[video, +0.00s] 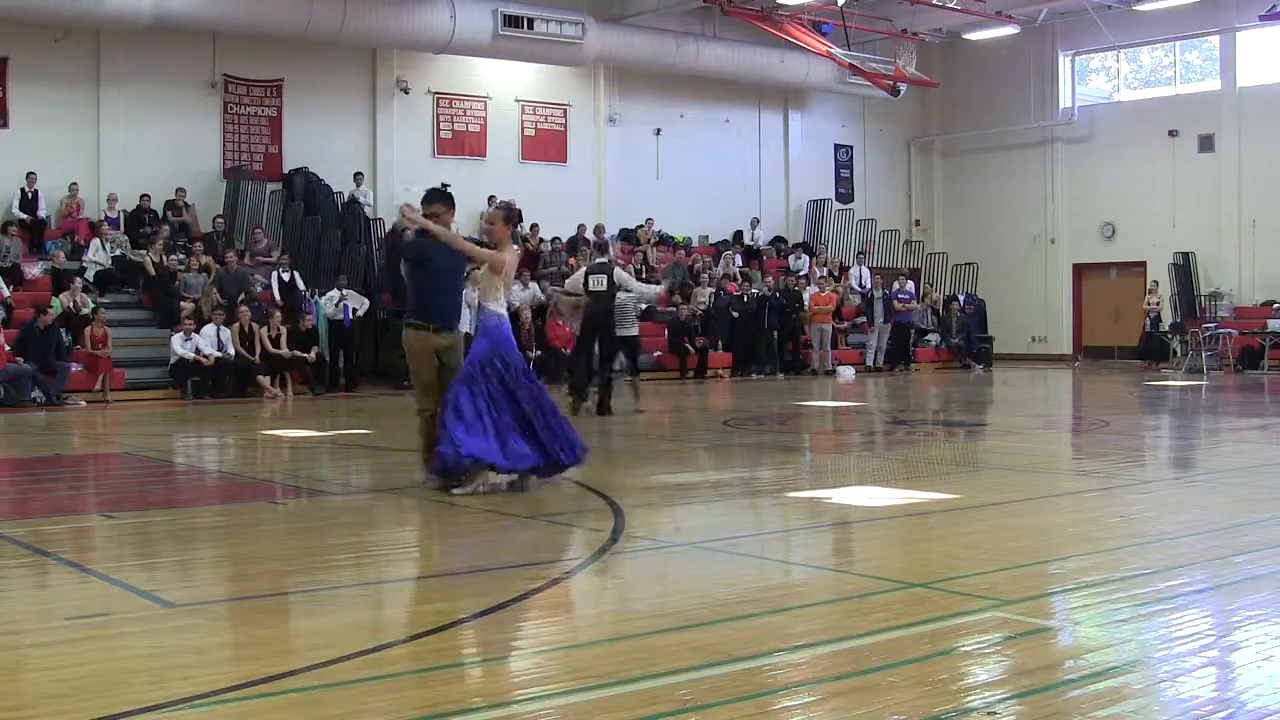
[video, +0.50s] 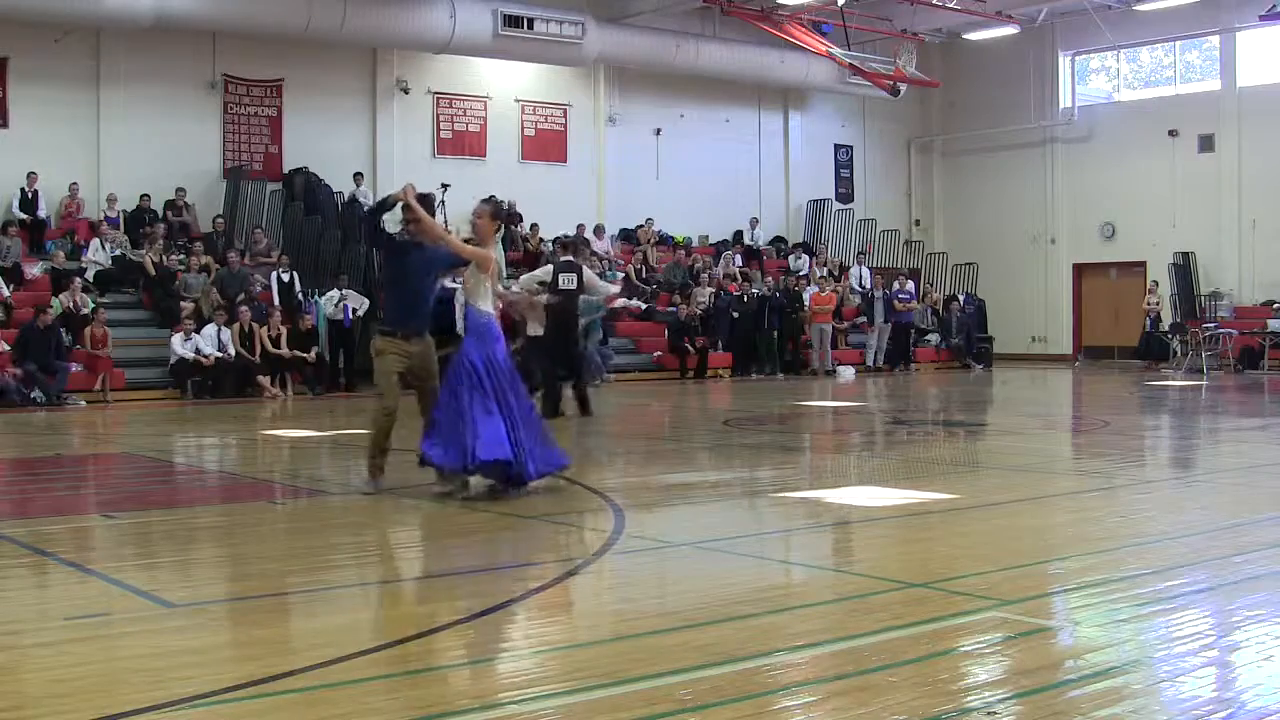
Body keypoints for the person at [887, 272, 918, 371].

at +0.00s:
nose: (901, 282)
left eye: (903, 280)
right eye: (899, 280)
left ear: (906, 281)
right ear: (897, 281)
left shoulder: (911, 294)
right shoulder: (894, 293)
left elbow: (914, 305)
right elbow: (896, 307)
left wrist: (902, 305)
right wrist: (909, 307)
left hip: (908, 321)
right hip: (898, 321)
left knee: (906, 343)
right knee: (897, 344)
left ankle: (907, 363)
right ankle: (896, 364)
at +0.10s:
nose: (901, 282)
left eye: (903, 280)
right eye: (899, 280)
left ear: (906, 281)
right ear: (897, 281)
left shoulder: (911, 294)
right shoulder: (894, 293)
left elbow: (914, 305)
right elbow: (896, 307)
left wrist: (902, 305)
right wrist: (909, 307)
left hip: (908, 321)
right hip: (897, 321)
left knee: (906, 343)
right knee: (897, 344)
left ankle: (907, 363)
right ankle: (896, 364)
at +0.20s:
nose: (901, 281)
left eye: (903, 279)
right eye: (899, 280)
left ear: (906, 281)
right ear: (897, 281)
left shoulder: (910, 293)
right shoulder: (894, 293)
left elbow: (914, 305)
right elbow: (896, 307)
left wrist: (902, 305)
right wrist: (909, 307)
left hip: (908, 321)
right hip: (897, 321)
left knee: (906, 343)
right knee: (896, 344)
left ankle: (907, 363)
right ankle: (896, 364)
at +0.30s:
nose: (900, 282)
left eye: (902, 279)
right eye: (899, 280)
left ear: (906, 281)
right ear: (897, 281)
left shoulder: (910, 293)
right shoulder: (894, 293)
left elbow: (915, 305)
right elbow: (897, 307)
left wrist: (903, 305)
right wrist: (909, 306)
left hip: (908, 321)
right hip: (897, 321)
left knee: (907, 343)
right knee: (897, 343)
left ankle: (907, 363)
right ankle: (896, 364)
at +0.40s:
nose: (900, 282)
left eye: (902, 280)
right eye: (899, 280)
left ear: (906, 281)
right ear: (897, 281)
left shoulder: (910, 293)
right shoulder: (894, 293)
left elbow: (915, 305)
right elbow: (897, 307)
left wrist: (903, 304)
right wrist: (909, 306)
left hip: (908, 321)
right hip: (897, 321)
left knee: (906, 343)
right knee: (897, 343)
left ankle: (907, 363)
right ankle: (896, 364)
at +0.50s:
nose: (900, 282)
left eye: (902, 280)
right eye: (899, 280)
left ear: (906, 281)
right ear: (897, 281)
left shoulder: (910, 293)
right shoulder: (894, 293)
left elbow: (915, 305)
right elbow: (897, 307)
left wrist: (904, 305)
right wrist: (909, 306)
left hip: (908, 321)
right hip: (897, 321)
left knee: (907, 343)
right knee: (897, 343)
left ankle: (907, 363)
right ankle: (896, 364)